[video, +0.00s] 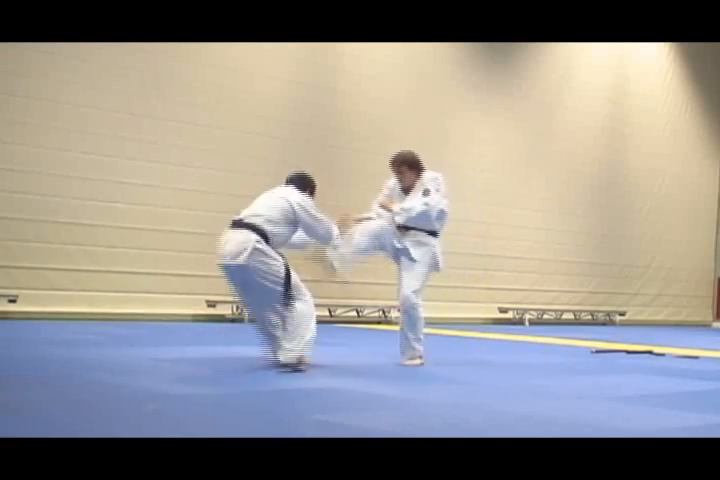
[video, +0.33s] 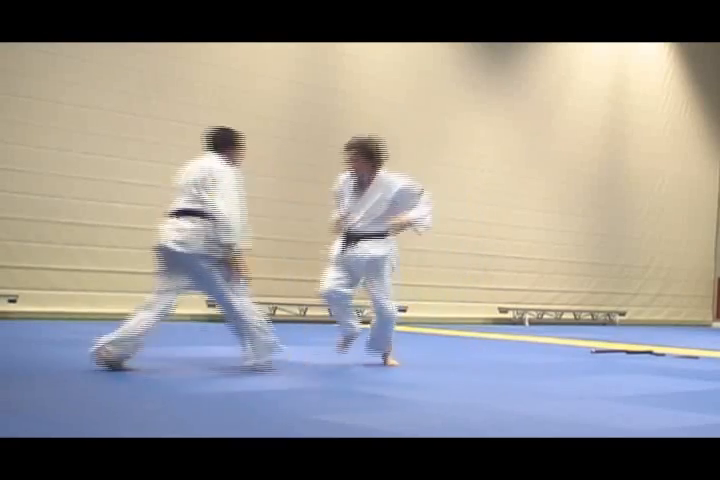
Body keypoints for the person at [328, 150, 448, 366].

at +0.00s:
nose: (399, 179)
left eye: (402, 174)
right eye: (396, 174)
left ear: (415, 171)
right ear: (396, 173)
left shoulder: (432, 182)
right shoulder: (394, 185)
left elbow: (430, 206)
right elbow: (379, 210)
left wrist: (395, 209)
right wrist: (356, 221)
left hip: (421, 245)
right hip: (396, 236)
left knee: (408, 296)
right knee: (378, 226)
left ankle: (413, 353)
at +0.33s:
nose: (350, 164)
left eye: (355, 160)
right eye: (349, 160)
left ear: (369, 161)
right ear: (349, 161)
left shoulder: (393, 185)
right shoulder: (345, 182)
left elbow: (425, 204)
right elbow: (340, 208)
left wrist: (407, 219)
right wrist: (339, 220)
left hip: (377, 247)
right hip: (348, 246)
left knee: (382, 304)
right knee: (332, 291)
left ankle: (386, 350)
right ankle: (349, 330)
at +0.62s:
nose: (251, 155)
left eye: (255, 150)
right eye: (250, 150)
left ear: (271, 149)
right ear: (263, 150)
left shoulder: (291, 166)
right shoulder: (263, 174)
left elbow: (286, 184)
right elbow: (249, 195)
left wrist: (249, 172)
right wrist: (228, 187)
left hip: (302, 240)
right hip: (273, 244)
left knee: (334, 295)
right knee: (235, 292)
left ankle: (368, 343)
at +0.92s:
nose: (178, 134)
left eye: (184, 129)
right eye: (177, 129)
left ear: (202, 131)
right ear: (179, 131)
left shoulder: (224, 154)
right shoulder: (180, 156)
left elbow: (219, 193)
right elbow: (148, 140)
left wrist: (202, 225)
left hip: (241, 225)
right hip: (209, 229)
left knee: (271, 287)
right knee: (175, 281)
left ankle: (309, 348)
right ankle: (177, 349)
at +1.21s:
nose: (147, 128)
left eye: (153, 122)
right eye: (146, 123)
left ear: (172, 123)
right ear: (146, 125)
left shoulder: (200, 145)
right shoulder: (143, 147)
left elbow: (228, 175)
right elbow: (102, 134)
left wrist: (240, 199)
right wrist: (61, 118)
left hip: (207, 223)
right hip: (172, 228)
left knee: (231, 290)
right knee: (147, 293)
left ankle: (264, 359)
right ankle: (150, 360)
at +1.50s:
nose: (126, 125)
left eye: (128, 119)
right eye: (125, 120)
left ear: (142, 116)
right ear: (136, 119)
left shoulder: (175, 126)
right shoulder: (139, 137)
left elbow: (212, 131)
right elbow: (108, 120)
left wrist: (245, 144)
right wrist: (74, 103)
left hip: (196, 212)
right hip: (168, 218)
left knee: (206, 285)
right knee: (155, 289)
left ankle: (242, 356)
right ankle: (160, 357)